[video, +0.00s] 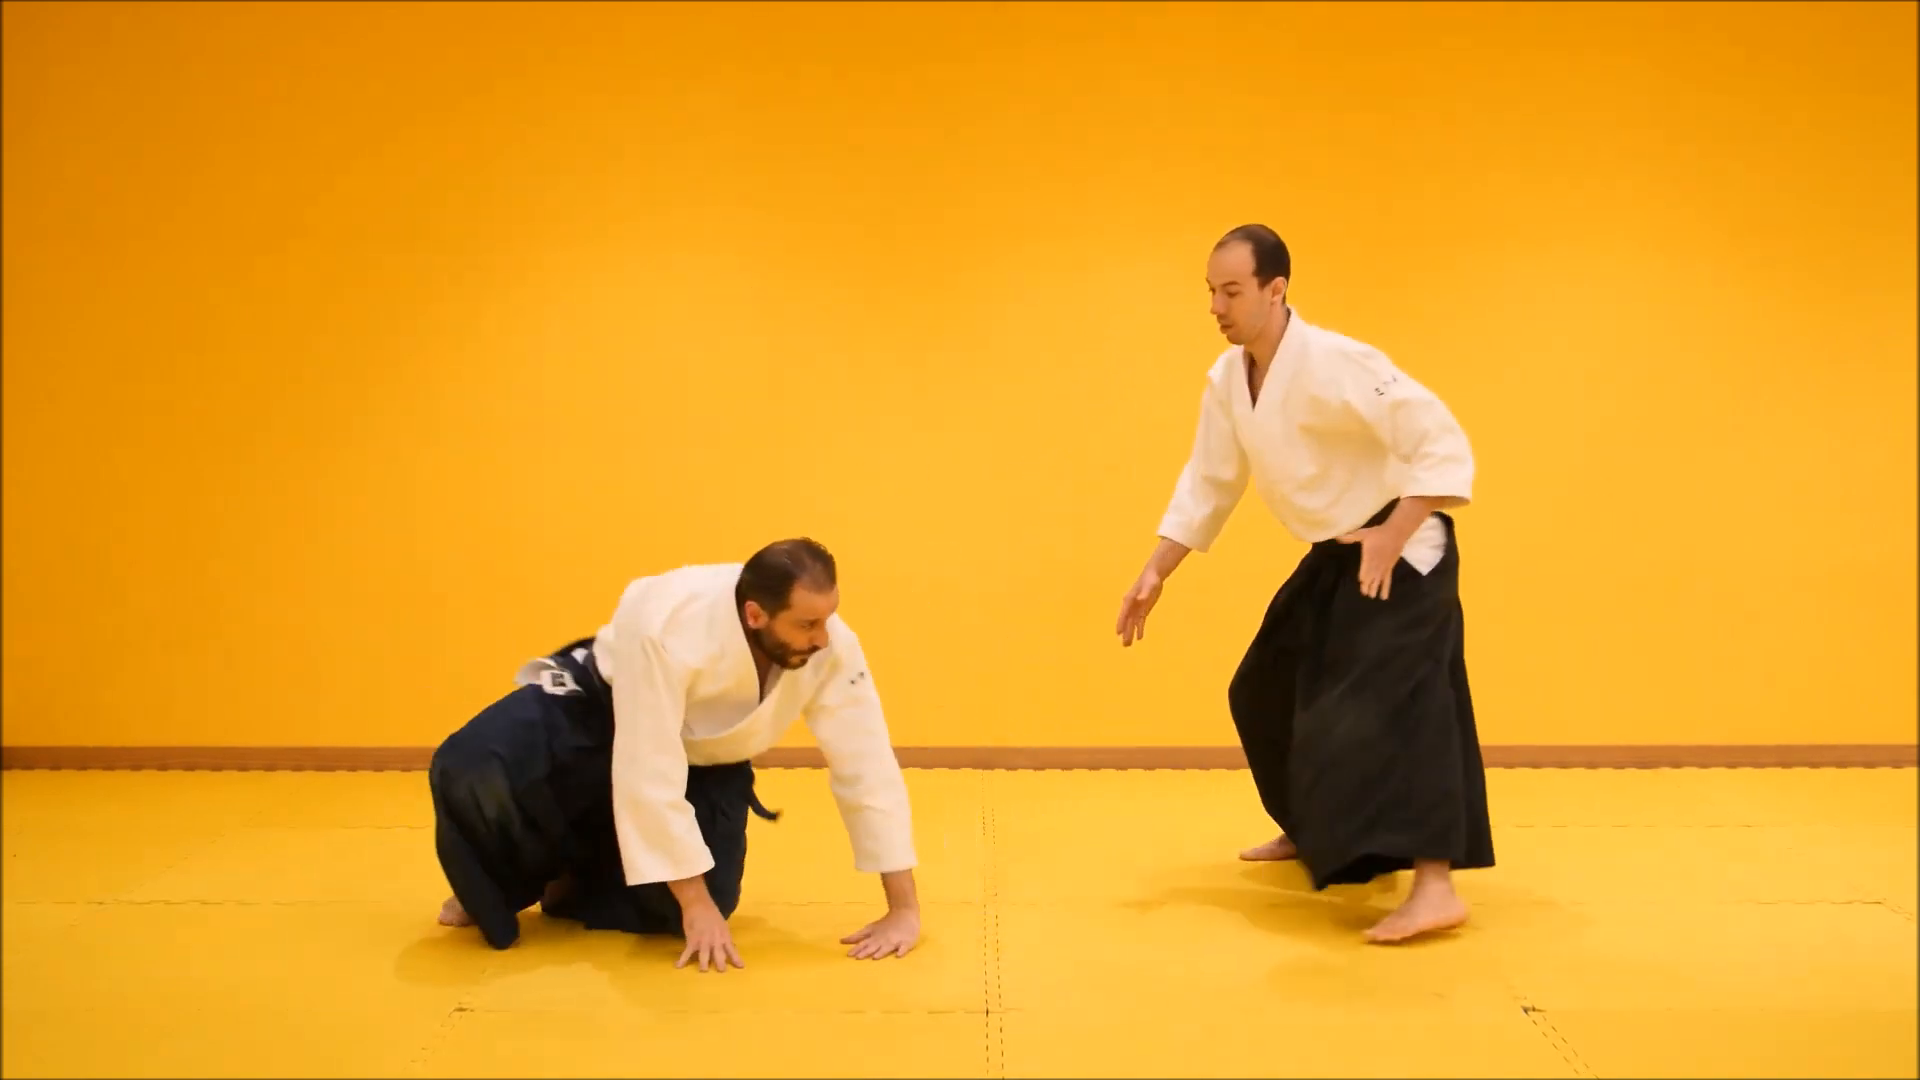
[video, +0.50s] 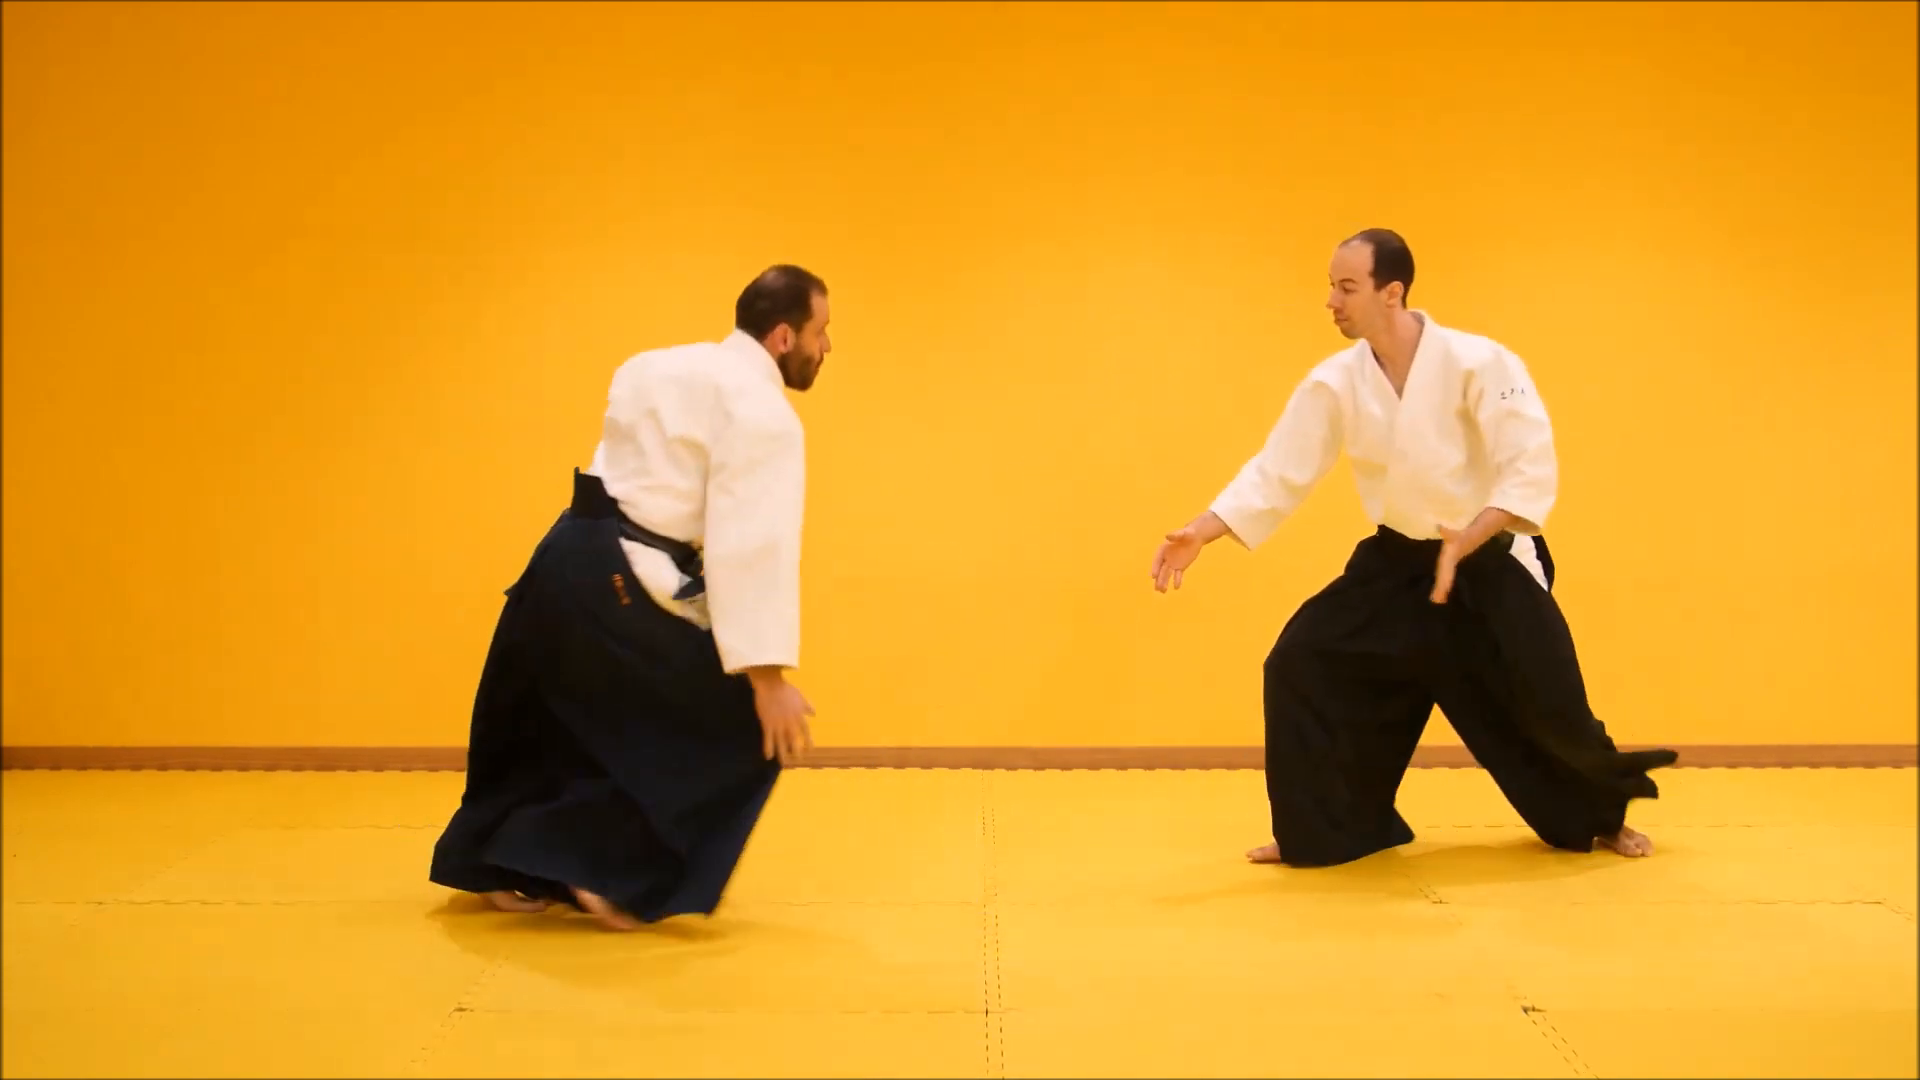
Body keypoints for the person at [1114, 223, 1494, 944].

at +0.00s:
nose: (1215, 306)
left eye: (1228, 289)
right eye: (1211, 291)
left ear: (1276, 289)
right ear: (1220, 295)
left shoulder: (1338, 366)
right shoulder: (1229, 380)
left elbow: (1446, 451)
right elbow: (1206, 483)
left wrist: (1395, 534)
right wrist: (1154, 572)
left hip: (1403, 552)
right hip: (1333, 556)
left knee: (1394, 709)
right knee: (1261, 691)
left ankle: (1435, 883)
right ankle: (1313, 827)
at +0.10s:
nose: (1235, 304)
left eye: (1248, 287)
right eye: (1229, 290)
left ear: (1292, 287)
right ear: (1229, 296)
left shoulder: (1369, 359)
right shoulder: (1241, 384)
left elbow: (1469, 440)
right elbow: (1209, 484)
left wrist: (1419, 518)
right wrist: (1154, 566)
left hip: (1421, 545)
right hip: (1340, 554)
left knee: (1439, 702)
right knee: (1265, 687)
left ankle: (1517, 850)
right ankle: (1311, 829)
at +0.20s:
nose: (1260, 297)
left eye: (1273, 282)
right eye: (1256, 283)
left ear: (1318, 282)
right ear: (1258, 288)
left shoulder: (1398, 354)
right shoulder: (1264, 382)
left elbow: (1486, 431)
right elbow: (1226, 478)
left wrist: (1448, 503)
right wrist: (1167, 552)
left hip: (1435, 544)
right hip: (1351, 552)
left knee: (1477, 691)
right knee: (1272, 680)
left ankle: (1568, 814)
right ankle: (1306, 828)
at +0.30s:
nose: (1295, 295)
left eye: (1309, 280)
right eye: (1291, 282)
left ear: (1354, 284)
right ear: (1298, 289)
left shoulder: (1432, 355)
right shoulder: (1295, 379)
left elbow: (1513, 438)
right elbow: (1247, 471)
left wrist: (1479, 501)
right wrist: (1184, 542)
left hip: (1456, 549)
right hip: (1365, 555)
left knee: (1529, 685)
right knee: (1278, 679)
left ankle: (1595, 813)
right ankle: (1308, 829)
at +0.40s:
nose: (1324, 298)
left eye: (1338, 283)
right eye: (1322, 284)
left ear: (1386, 289)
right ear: (1327, 292)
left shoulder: (1470, 362)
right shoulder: (1325, 385)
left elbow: (1538, 452)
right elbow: (1268, 474)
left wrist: (1494, 522)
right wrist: (1199, 537)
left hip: (1482, 558)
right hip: (1386, 563)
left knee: (1544, 689)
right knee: (1296, 673)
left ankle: (1628, 818)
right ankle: (1320, 832)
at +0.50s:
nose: (1332, 300)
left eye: (1345, 286)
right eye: (1331, 285)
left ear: (1394, 292)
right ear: (1362, 294)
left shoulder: (1481, 366)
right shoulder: (1336, 383)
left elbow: (1532, 473)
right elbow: (1275, 470)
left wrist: (1470, 536)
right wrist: (1200, 531)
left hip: (1489, 553)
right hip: (1394, 558)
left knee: (1540, 678)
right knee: (1298, 666)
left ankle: (1603, 815)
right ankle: (1320, 829)